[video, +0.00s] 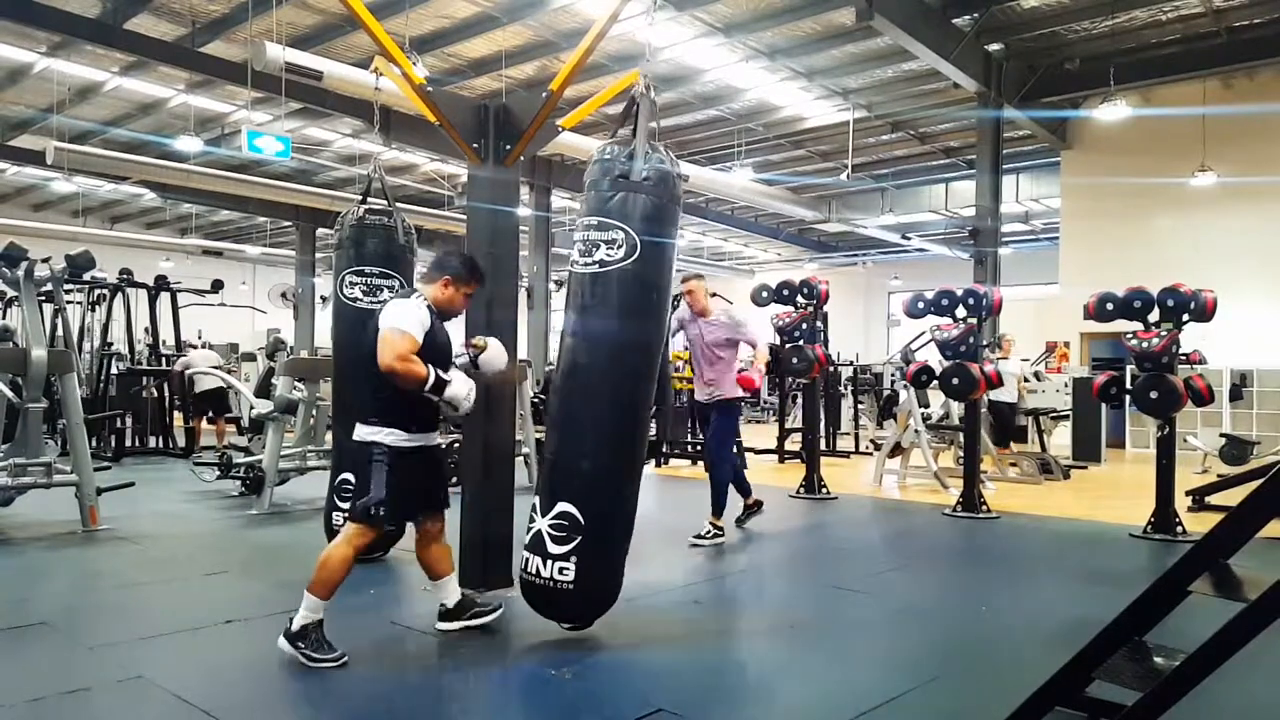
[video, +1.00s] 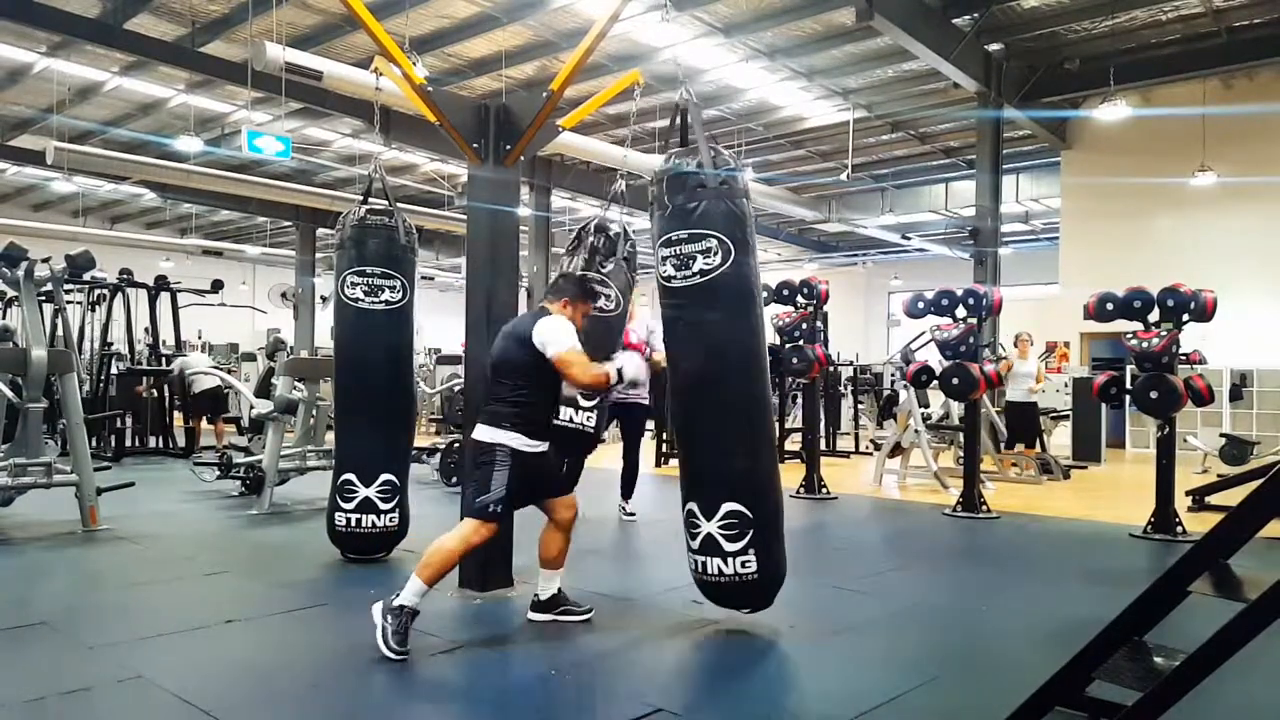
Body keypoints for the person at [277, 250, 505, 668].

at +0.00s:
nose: (465, 306)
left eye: (468, 298)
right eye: (465, 296)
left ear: (445, 286)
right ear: (446, 285)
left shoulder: (434, 319)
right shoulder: (406, 309)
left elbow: (438, 361)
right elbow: (393, 359)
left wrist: (471, 356)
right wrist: (444, 385)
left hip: (423, 443)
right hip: (385, 444)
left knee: (432, 528)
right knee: (359, 534)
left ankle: (453, 604)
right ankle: (303, 627)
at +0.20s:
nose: (500, 311)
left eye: (505, 303)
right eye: (500, 301)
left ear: (482, 289)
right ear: (478, 285)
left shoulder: (470, 321)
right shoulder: (428, 309)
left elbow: (471, 369)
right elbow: (427, 370)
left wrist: (502, 367)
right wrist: (477, 350)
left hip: (452, 437)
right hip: (406, 436)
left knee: (468, 517)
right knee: (382, 527)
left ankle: (459, 604)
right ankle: (318, 617)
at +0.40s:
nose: (504, 312)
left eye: (508, 305)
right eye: (504, 302)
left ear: (490, 291)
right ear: (483, 286)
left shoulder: (480, 324)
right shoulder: (431, 311)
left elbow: (491, 375)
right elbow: (427, 370)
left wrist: (519, 362)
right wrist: (479, 350)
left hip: (463, 440)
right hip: (417, 440)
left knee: (498, 508)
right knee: (404, 531)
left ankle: (470, 591)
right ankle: (367, 625)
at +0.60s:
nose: (517, 311)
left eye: (519, 305)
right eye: (515, 302)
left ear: (495, 296)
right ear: (491, 291)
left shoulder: (492, 325)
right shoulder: (442, 320)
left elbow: (516, 378)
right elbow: (460, 381)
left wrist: (532, 342)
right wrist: (495, 341)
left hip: (481, 444)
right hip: (434, 446)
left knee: (505, 519)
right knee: (416, 536)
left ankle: (530, 593)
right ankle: (369, 623)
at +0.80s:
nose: (556, 315)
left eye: (557, 308)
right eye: (554, 307)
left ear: (531, 300)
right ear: (536, 301)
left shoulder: (516, 326)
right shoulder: (506, 326)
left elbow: (515, 366)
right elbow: (486, 369)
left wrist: (546, 349)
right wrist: (533, 379)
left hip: (510, 448)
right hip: (478, 448)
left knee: (541, 514)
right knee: (467, 535)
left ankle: (547, 597)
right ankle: (383, 611)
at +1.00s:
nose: (583, 323)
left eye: (586, 316)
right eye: (583, 314)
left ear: (554, 302)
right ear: (567, 304)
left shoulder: (524, 325)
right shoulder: (552, 326)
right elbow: (585, 377)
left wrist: (608, 370)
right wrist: (619, 369)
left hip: (531, 447)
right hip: (500, 444)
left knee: (564, 511)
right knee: (478, 528)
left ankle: (547, 597)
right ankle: (399, 607)